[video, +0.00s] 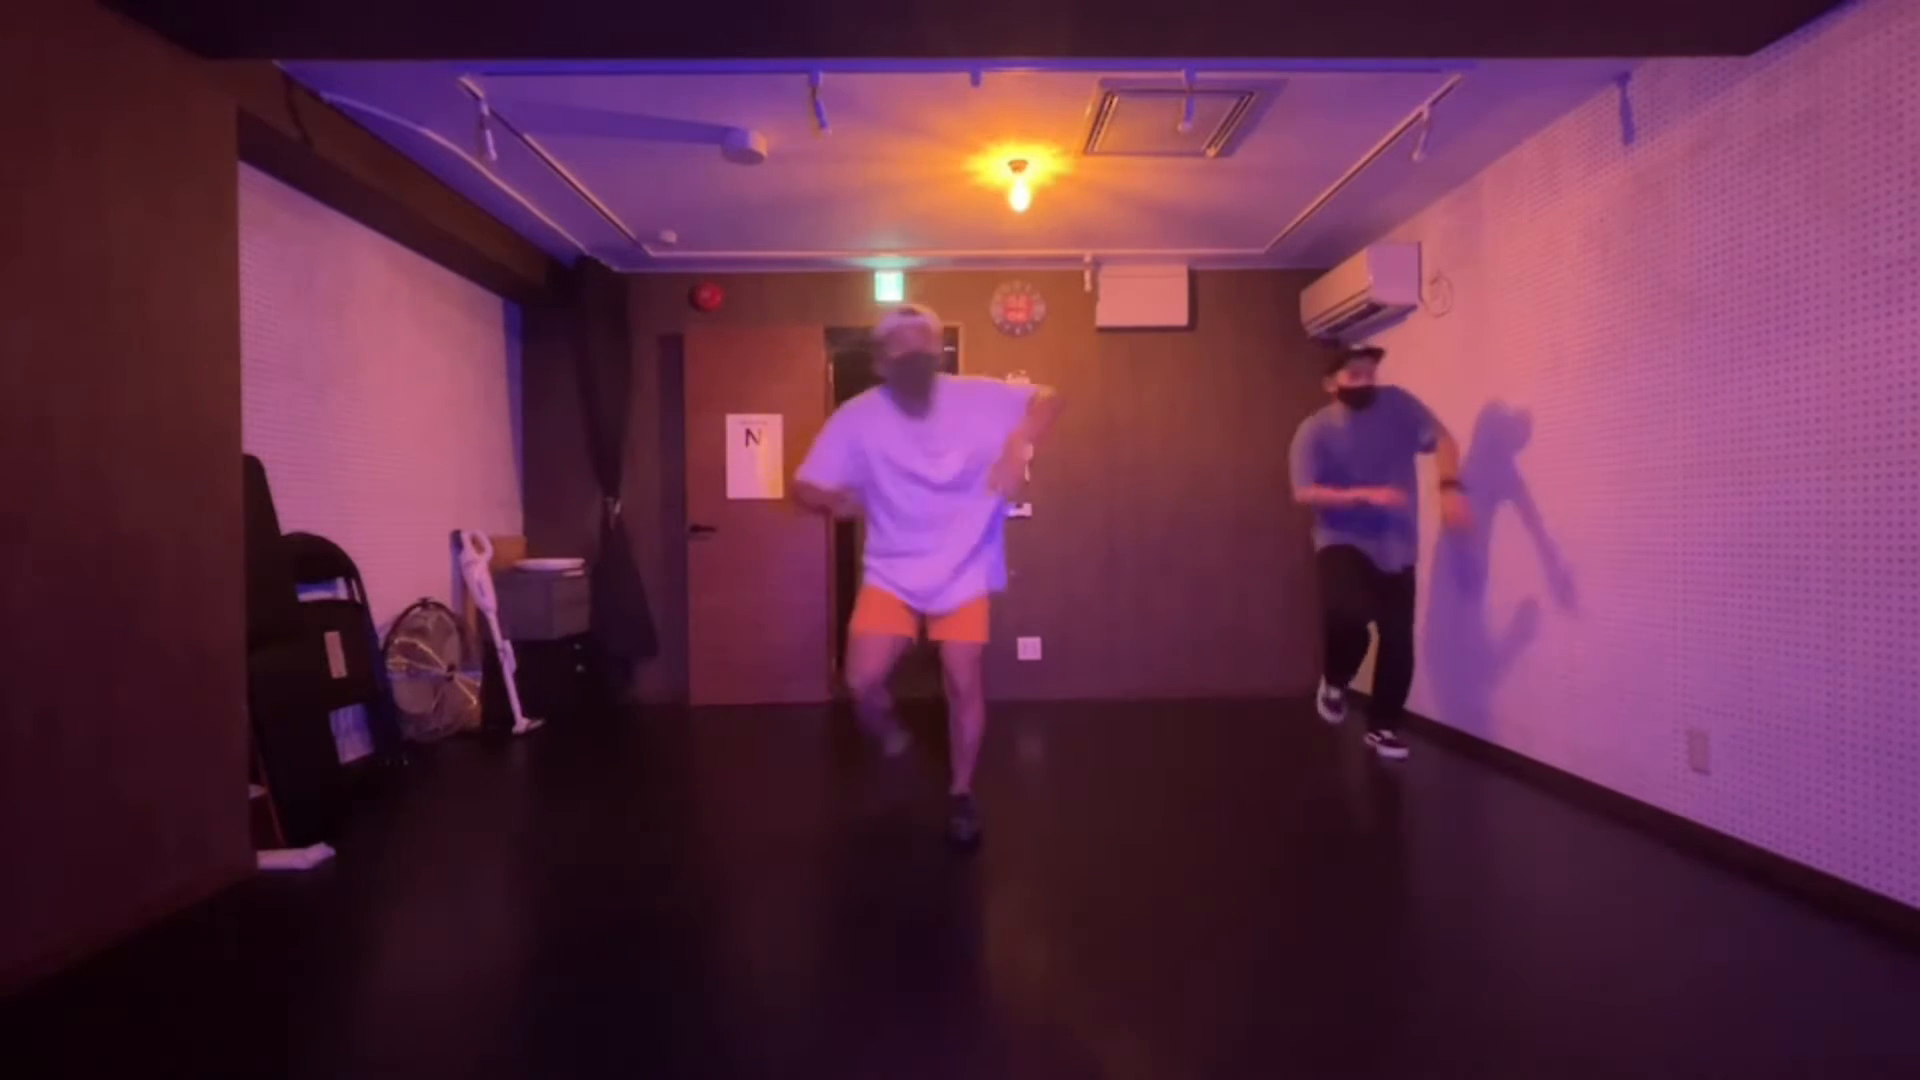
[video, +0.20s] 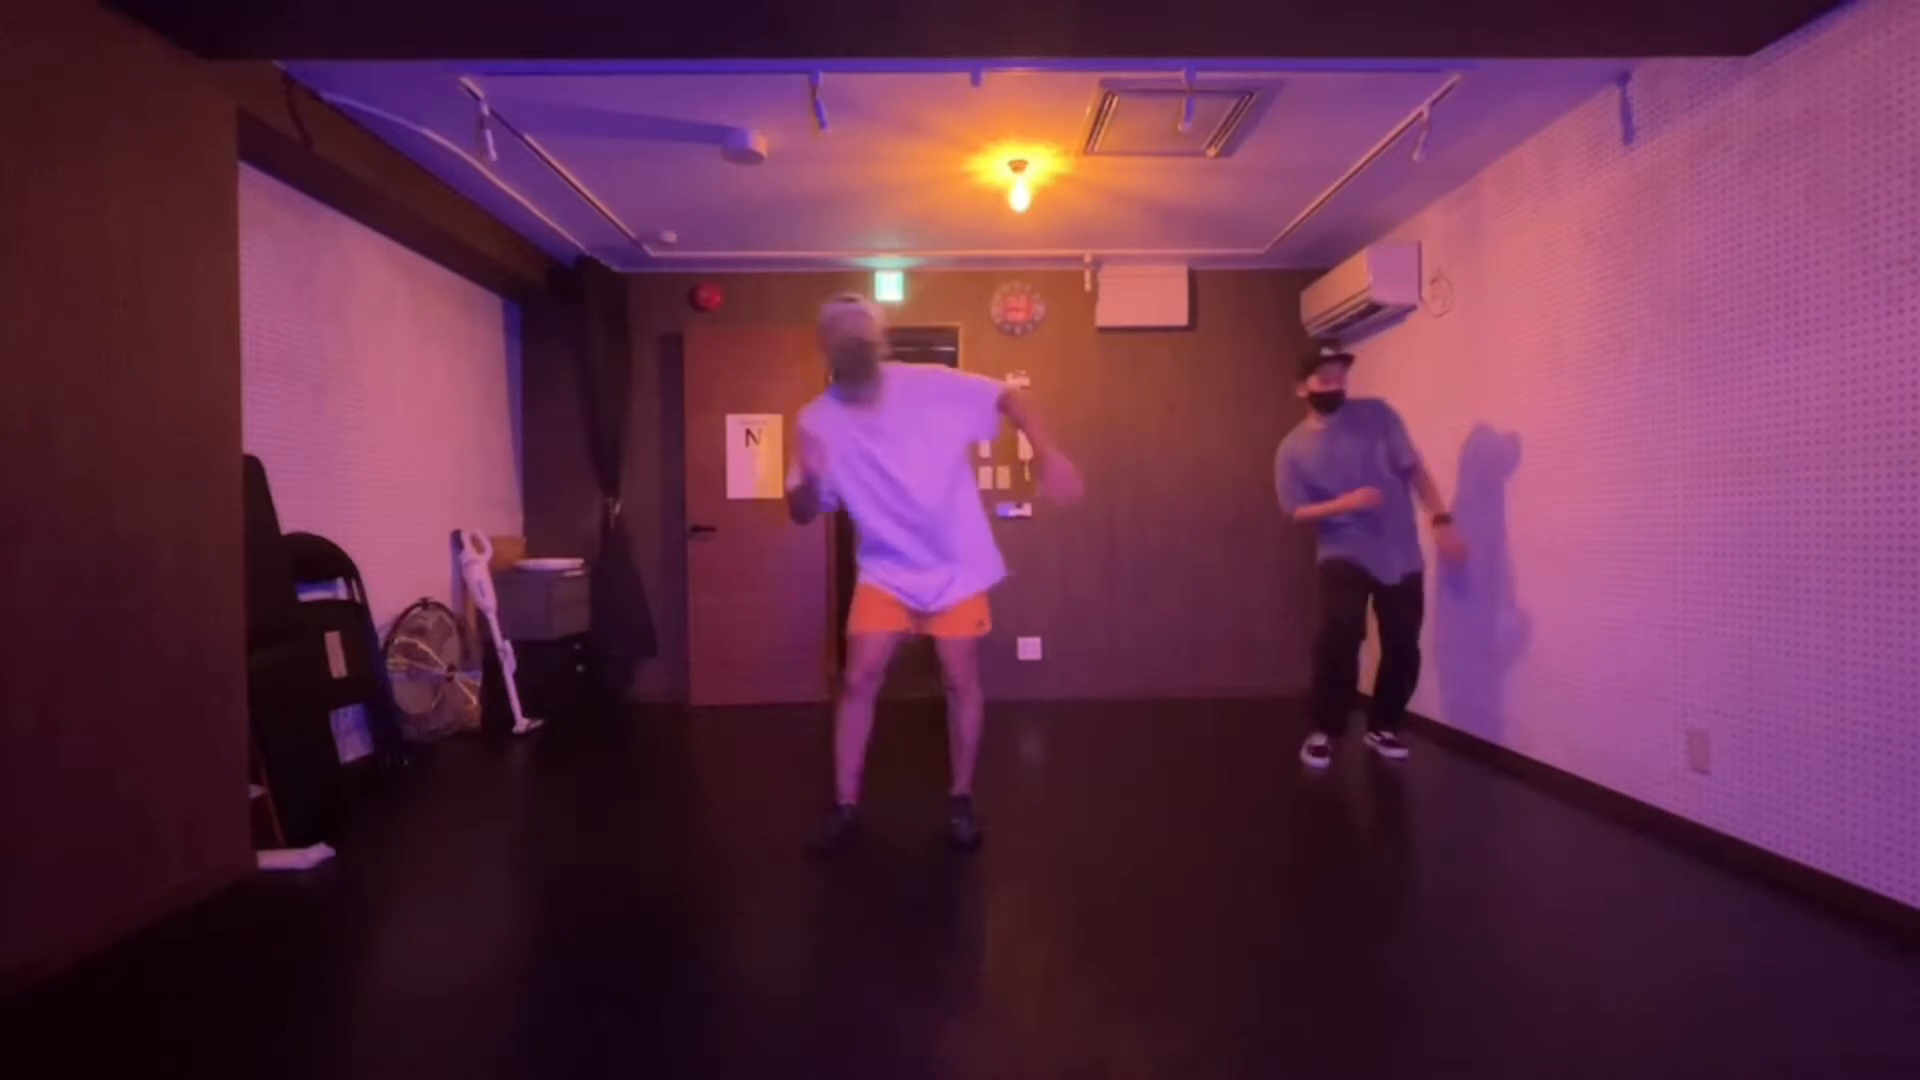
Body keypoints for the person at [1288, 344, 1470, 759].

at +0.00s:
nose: (1362, 381)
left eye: (1367, 372)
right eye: (1353, 373)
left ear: (1376, 373)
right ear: (1332, 378)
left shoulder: (1396, 405)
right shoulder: (1316, 429)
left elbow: (1444, 443)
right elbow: (1304, 492)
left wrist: (1449, 488)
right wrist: (1367, 494)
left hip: (1394, 547)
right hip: (1342, 544)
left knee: (1397, 639)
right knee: (1348, 622)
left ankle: (1383, 725)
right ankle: (1335, 683)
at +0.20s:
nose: (1333, 385)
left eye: (1338, 376)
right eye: (1322, 378)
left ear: (1347, 378)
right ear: (1302, 387)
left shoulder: (1376, 415)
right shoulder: (1294, 448)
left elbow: (1413, 469)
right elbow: (1296, 510)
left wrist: (1442, 520)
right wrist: (1347, 502)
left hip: (1397, 551)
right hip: (1343, 554)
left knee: (1402, 646)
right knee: (1339, 637)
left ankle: (1384, 726)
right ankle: (1324, 729)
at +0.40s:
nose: (1316, 370)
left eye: (1322, 362)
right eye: (1306, 363)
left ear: (1333, 366)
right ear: (1287, 369)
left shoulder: (1361, 401)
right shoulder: (1276, 429)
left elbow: (1392, 446)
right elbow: (1275, 490)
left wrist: (1398, 493)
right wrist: (1329, 475)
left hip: (1377, 545)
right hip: (1321, 550)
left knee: (1390, 646)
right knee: (1318, 644)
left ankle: (1381, 723)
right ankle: (1317, 734)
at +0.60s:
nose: (1331, 365)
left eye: (1337, 356)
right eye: (1323, 356)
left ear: (1346, 356)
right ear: (1304, 357)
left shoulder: (1361, 392)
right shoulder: (1279, 395)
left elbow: (1399, 434)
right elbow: (1254, 450)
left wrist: (1379, 467)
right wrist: (1308, 477)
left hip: (1345, 539)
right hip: (1293, 542)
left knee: (1358, 633)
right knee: (1301, 641)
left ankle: (1347, 693)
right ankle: (1313, 733)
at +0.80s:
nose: (1334, 387)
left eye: (1341, 378)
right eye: (1326, 377)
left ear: (1349, 381)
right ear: (1307, 379)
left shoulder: (1352, 434)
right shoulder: (1278, 411)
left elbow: (1360, 494)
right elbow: (1245, 461)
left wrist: (1351, 488)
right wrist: (1249, 520)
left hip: (1323, 558)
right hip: (1274, 552)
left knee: (1333, 650)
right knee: (1297, 646)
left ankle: (1275, 699)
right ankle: (1314, 733)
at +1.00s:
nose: (1319, 383)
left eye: (1327, 375)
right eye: (1312, 373)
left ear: (1335, 381)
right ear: (1293, 374)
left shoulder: (1329, 430)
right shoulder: (1263, 409)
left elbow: (1341, 499)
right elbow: (1215, 453)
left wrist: (1328, 468)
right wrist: (1205, 507)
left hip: (1304, 549)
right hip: (1257, 540)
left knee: (1300, 641)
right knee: (1288, 637)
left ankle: (1258, 710)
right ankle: (1312, 733)